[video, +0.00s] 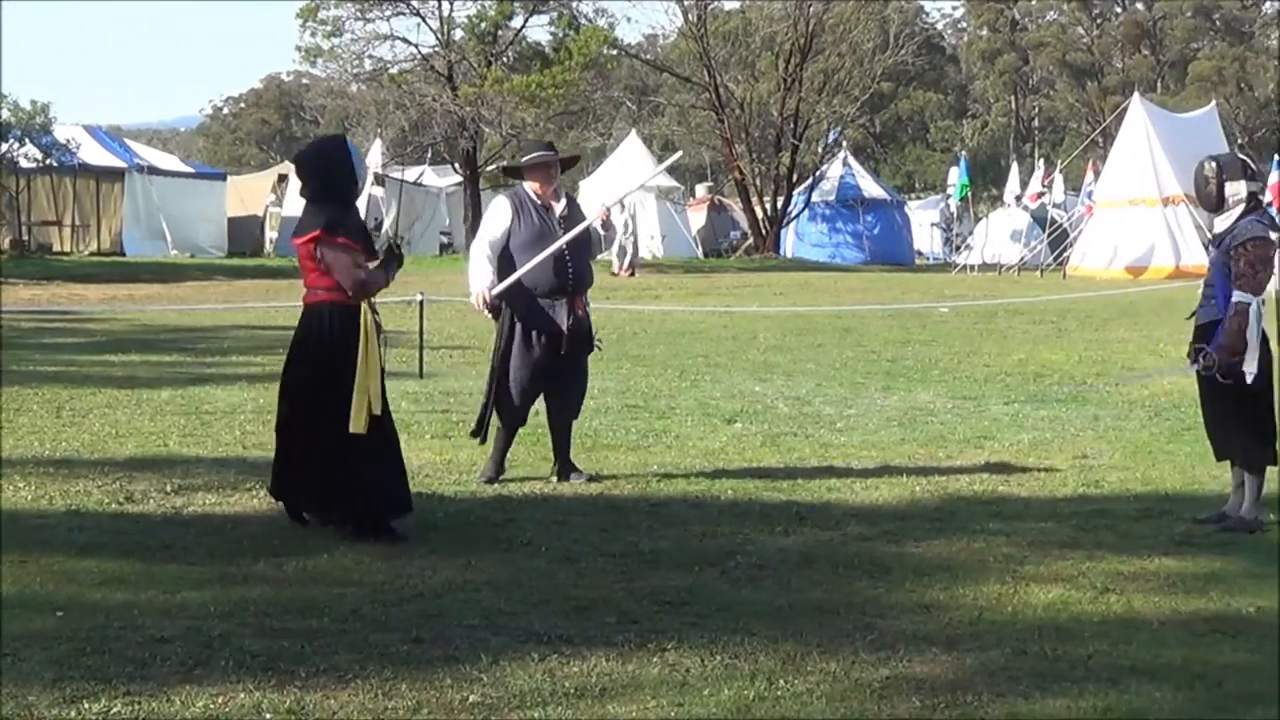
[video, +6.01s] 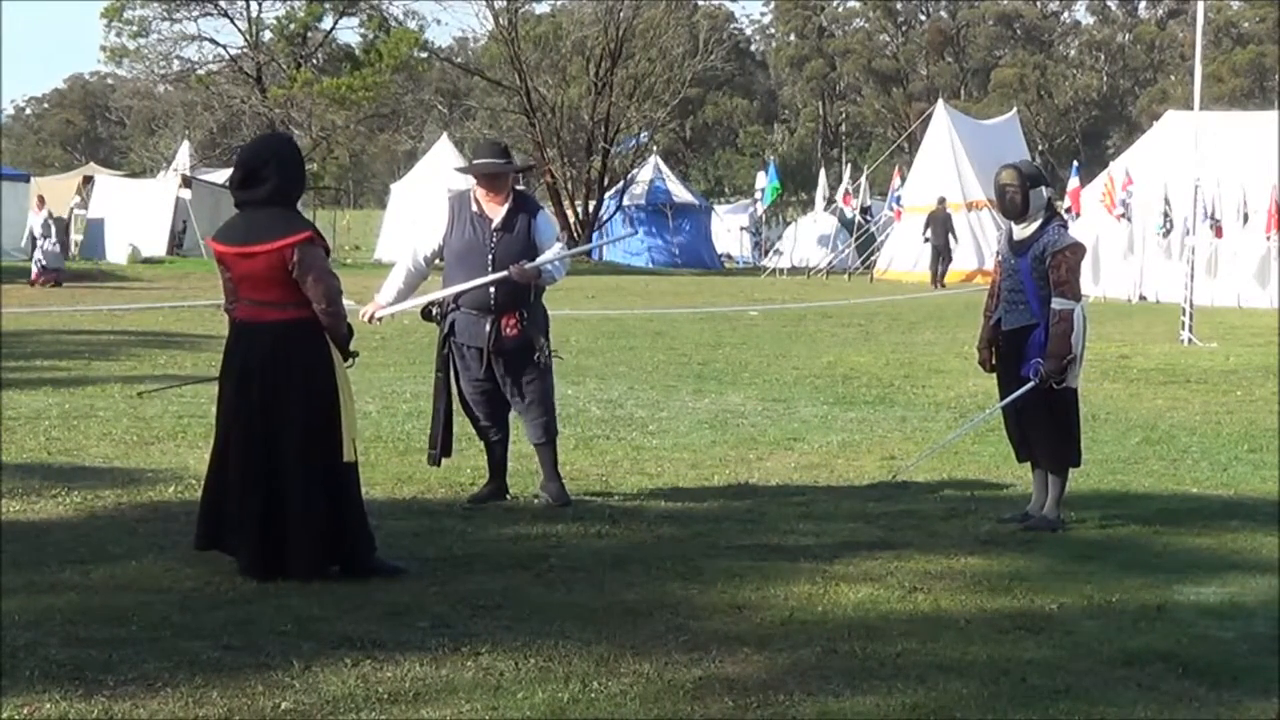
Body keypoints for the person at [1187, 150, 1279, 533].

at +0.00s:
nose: (1211, 192)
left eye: (1218, 184)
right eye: (1210, 184)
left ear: (1238, 186)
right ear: (1239, 188)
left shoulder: (1253, 234)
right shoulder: (1232, 228)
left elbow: (1246, 302)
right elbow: (1224, 291)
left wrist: (1225, 347)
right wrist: (1205, 334)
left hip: (1241, 334)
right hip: (1217, 331)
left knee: (1250, 420)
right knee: (1229, 418)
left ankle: (1250, 509)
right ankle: (1236, 502)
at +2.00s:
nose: (1003, 193)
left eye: (1010, 187)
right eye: (1001, 186)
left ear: (1032, 190)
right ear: (1001, 191)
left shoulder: (1048, 236)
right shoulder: (1015, 231)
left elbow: (1046, 303)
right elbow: (1005, 285)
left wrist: (1028, 354)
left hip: (1036, 338)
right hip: (1008, 336)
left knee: (1043, 419)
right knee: (1021, 418)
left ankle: (1044, 508)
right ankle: (1029, 501)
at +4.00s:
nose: (1010, 197)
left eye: (1018, 190)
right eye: (1006, 190)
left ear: (1041, 193)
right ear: (1004, 194)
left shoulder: (1061, 238)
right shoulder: (1011, 235)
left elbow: (1069, 301)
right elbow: (1000, 289)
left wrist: (1059, 354)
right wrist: (989, 335)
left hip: (1047, 337)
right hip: (1013, 337)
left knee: (1053, 416)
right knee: (1026, 415)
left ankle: (1053, 507)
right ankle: (1039, 501)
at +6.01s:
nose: (1005, 198)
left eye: (1013, 191)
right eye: (1001, 191)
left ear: (1036, 194)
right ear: (999, 196)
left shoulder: (1057, 239)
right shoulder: (1009, 237)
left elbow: (1065, 303)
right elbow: (998, 289)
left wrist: (1056, 355)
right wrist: (987, 336)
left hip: (1045, 338)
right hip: (1012, 339)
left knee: (1050, 418)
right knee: (1026, 417)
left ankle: (1053, 508)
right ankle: (1038, 502)